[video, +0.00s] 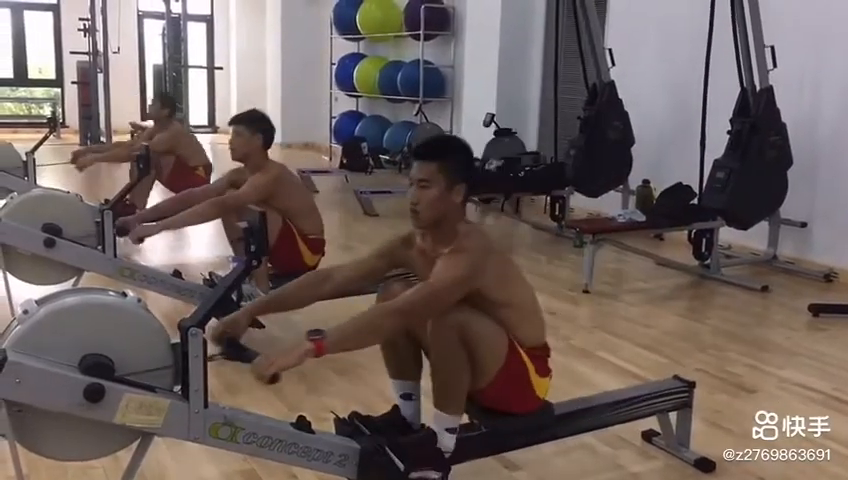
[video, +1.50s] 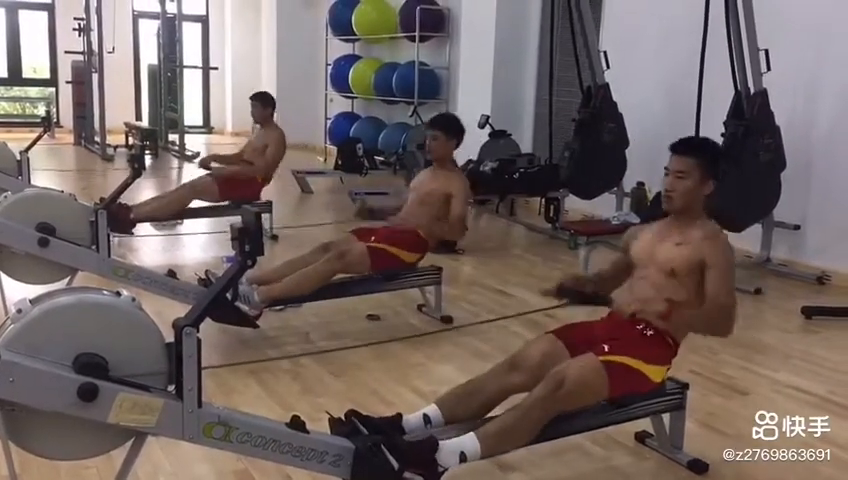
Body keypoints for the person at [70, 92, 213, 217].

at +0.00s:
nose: (149, 107)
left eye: (154, 105)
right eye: (151, 103)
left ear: (166, 112)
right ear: (161, 112)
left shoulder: (173, 132)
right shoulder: (157, 129)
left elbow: (135, 154)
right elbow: (129, 147)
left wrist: (96, 159)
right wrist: (90, 150)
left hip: (197, 181)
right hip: (186, 178)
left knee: (146, 158)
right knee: (142, 158)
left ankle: (137, 209)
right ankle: (134, 206)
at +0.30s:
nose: (218, 96)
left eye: (223, 94)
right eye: (220, 93)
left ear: (233, 102)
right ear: (228, 101)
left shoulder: (233, 127)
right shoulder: (223, 124)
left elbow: (199, 147)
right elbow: (193, 139)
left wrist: (159, 153)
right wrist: (158, 144)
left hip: (240, 182)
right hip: (232, 176)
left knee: (184, 170)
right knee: (177, 167)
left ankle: (142, 215)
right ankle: (138, 208)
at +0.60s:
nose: (281, 114)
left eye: (285, 112)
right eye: (283, 111)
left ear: (295, 117)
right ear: (289, 115)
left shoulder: (291, 141)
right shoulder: (278, 135)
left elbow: (261, 159)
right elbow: (256, 151)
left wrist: (231, 153)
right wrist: (230, 152)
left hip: (254, 183)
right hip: (247, 176)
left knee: (195, 183)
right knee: (192, 181)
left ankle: (139, 216)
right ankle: (139, 208)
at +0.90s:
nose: (287, 127)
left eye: (290, 123)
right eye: (288, 123)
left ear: (300, 127)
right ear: (301, 128)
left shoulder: (302, 154)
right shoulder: (296, 148)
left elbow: (309, 186)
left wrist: (290, 156)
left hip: (248, 183)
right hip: (245, 177)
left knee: (192, 180)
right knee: (191, 178)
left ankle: (138, 213)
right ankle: (137, 208)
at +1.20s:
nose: (274, 123)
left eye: (277, 119)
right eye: (274, 118)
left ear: (290, 121)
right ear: (283, 120)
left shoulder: (294, 149)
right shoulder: (277, 143)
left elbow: (285, 180)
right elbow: (262, 166)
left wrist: (253, 161)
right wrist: (241, 157)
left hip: (247, 184)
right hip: (239, 177)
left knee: (191, 183)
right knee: (187, 178)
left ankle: (134, 216)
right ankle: (133, 207)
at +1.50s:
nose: (252, 113)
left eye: (255, 108)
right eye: (252, 108)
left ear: (268, 110)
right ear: (261, 110)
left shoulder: (275, 136)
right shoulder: (259, 132)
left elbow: (262, 172)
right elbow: (241, 158)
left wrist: (222, 171)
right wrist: (215, 158)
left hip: (249, 185)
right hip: (238, 178)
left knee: (191, 189)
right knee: (188, 187)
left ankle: (132, 217)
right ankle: (131, 211)